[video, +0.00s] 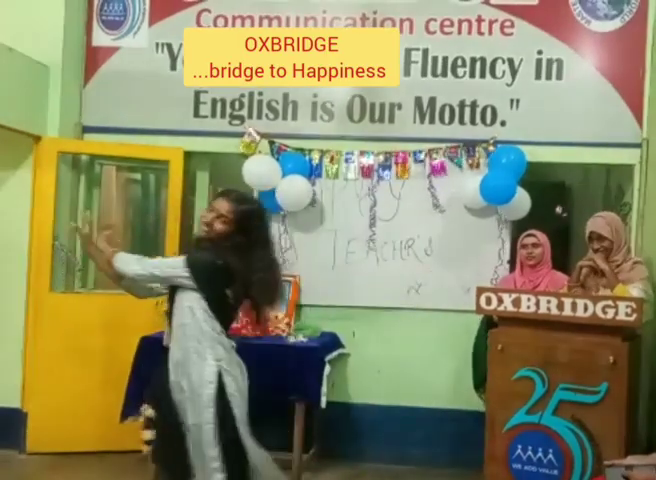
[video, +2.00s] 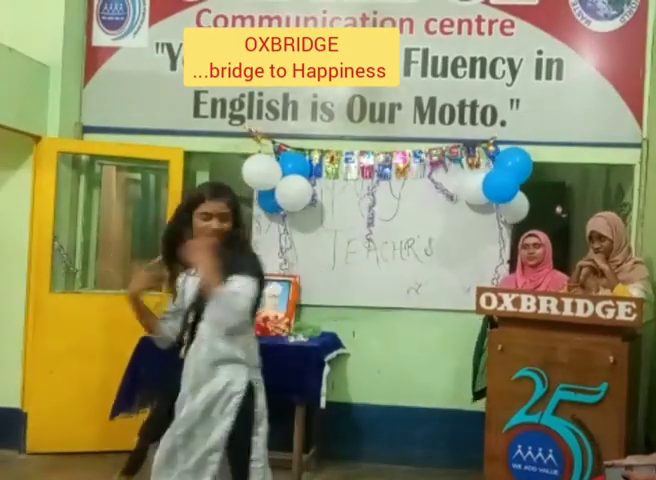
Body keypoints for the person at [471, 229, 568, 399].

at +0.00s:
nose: (530, 251)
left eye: (535, 246)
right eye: (525, 247)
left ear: (545, 250)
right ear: (518, 252)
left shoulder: (561, 282)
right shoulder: (506, 282)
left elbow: (566, 321)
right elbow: (492, 321)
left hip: (548, 352)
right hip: (511, 351)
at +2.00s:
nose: (531, 251)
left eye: (536, 246)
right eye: (525, 247)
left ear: (546, 250)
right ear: (519, 252)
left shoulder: (561, 281)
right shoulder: (507, 282)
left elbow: (565, 318)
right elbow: (496, 319)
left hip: (548, 349)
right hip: (512, 348)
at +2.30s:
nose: (531, 251)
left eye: (537, 246)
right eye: (525, 247)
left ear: (547, 251)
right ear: (519, 252)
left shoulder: (561, 281)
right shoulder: (508, 281)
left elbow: (567, 317)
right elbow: (495, 317)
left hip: (549, 349)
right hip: (512, 348)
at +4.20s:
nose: (532, 252)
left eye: (538, 246)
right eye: (527, 247)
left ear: (548, 250)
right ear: (521, 252)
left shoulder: (563, 281)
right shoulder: (509, 281)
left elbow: (567, 318)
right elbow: (499, 318)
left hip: (551, 349)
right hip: (515, 347)